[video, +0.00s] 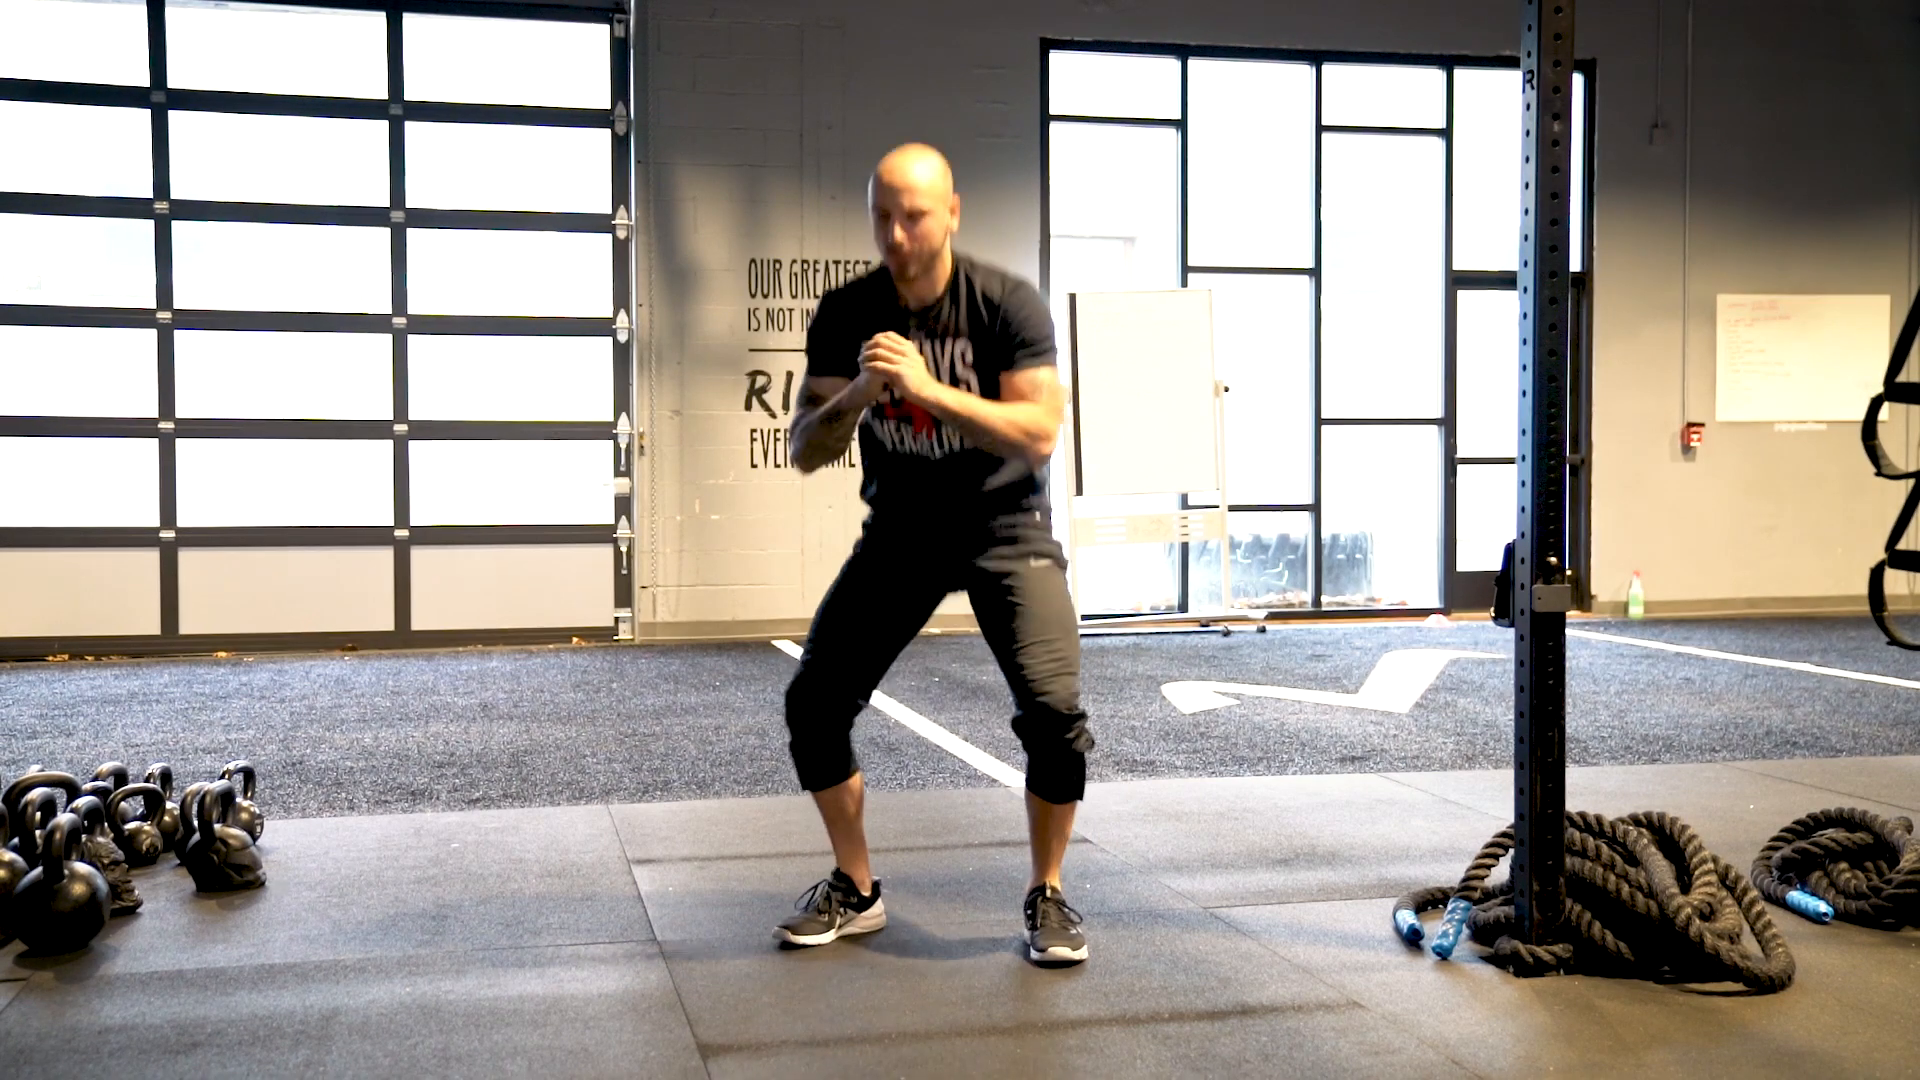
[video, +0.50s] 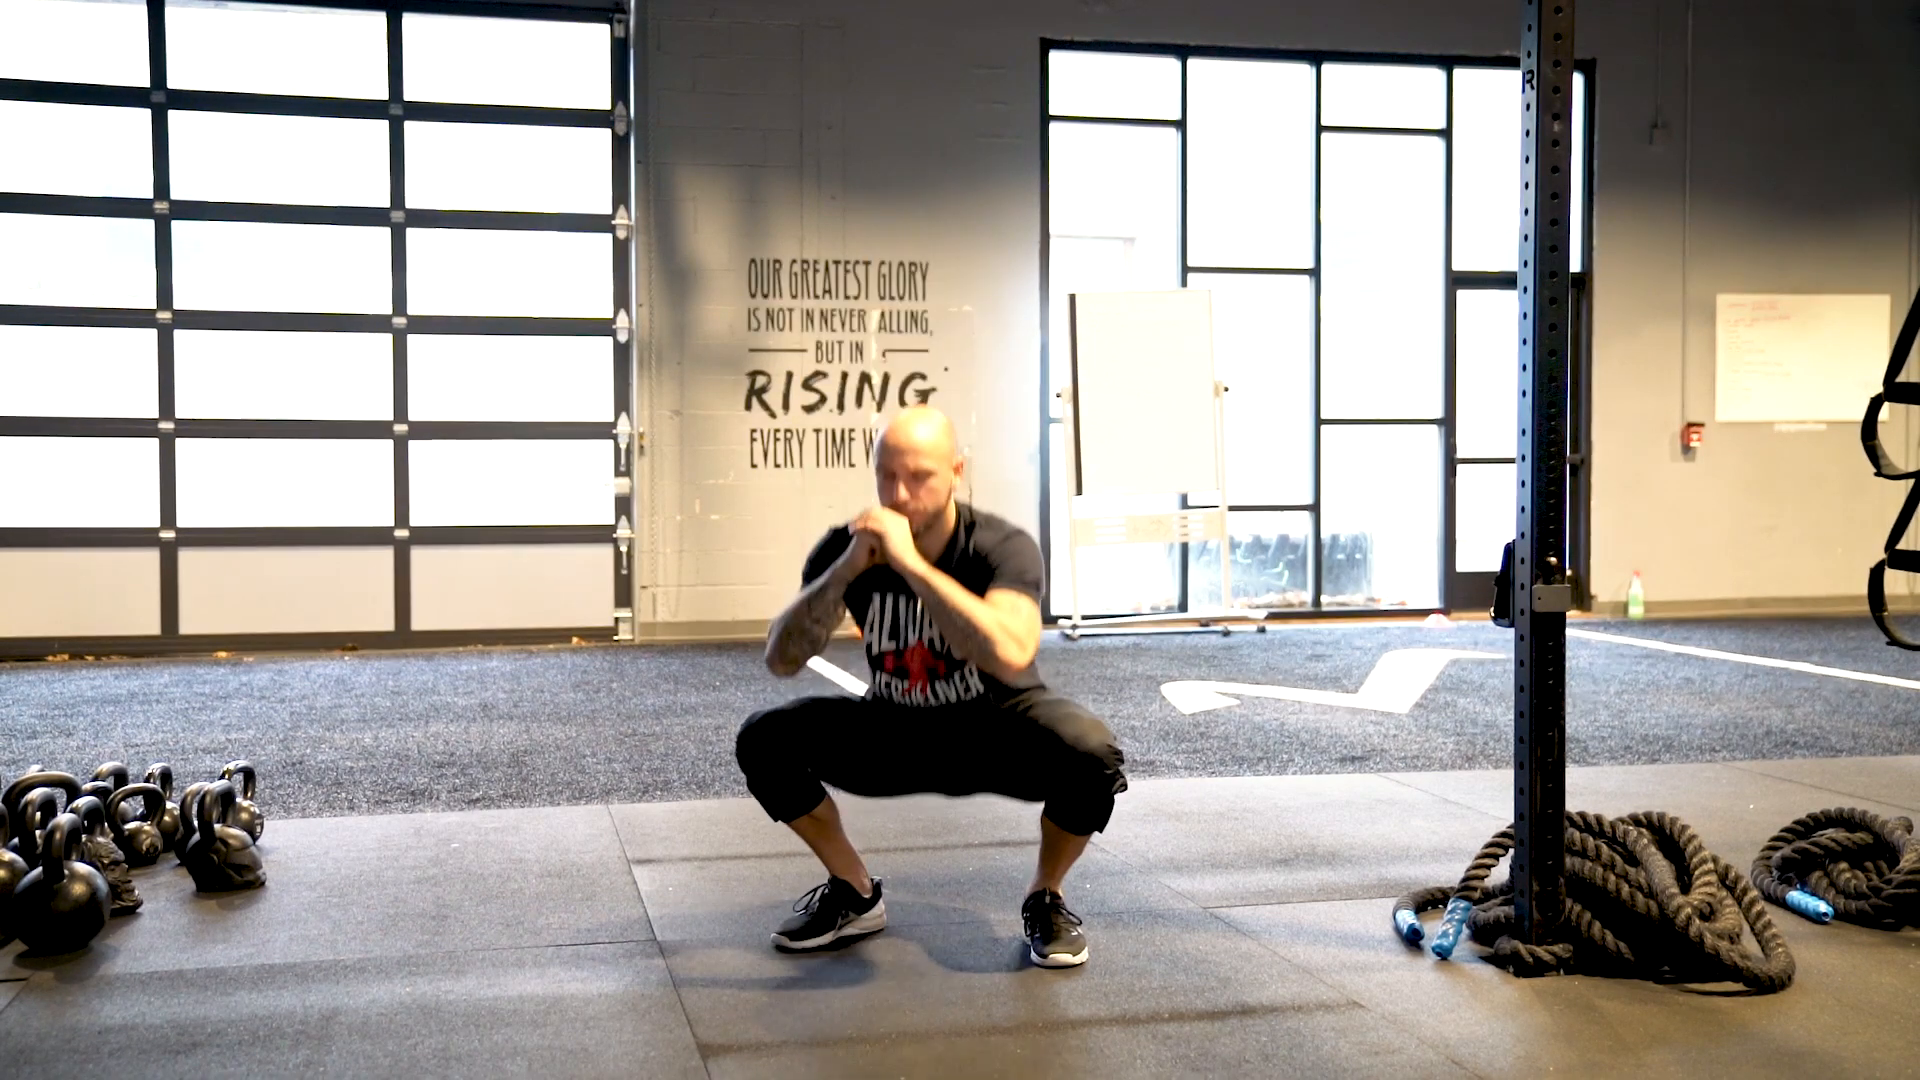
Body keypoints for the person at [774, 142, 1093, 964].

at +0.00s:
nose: (898, 238)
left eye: (915, 219)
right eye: (885, 220)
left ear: (953, 216)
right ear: (871, 221)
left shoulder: (1011, 306)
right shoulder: (843, 313)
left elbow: (1038, 437)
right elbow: (808, 453)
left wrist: (926, 389)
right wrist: (856, 396)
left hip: (1008, 532)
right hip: (902, 534)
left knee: (1056, 713)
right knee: (813, 708)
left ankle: (1048, 894)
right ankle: (855, 888)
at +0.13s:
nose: (897, 333)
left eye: (915, 313)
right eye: (885, 313)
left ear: (952, 311)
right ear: (871, 312)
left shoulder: (1003, 394)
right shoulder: (846, 397)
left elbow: (1018, 502)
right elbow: (782, 513)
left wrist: (913, 423)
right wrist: (843, 431)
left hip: (1010, 601)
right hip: (905, 604)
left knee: (1073, 736)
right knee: (781, 723)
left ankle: (1047, 899)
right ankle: (853, 889)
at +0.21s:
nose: (897, 404)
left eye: (915, 387)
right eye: (886, 386)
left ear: (953, 385)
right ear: (872, 383)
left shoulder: (1001, 460)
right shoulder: (851, 460)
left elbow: (1007, 557)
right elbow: (777, 563)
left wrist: (911, 468)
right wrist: (846, 472)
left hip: (1004, 656)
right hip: (902, 660)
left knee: (1085, 758)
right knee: (771, 738)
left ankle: (1046, 900)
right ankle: (854, 890)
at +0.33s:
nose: (900, 490)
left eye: (918, 473)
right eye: (888, 473)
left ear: (955, 466)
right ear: (873, 468)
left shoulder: (1004, 538)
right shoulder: (849, 540)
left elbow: (1004, 642)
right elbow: (778, 648)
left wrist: (907, 545)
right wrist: (845, 554)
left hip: (994, 726)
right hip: (892, 728)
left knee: (1086, 753)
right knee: (766, 743)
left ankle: (1047, 898)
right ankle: (854, 888)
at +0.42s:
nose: (901, 512)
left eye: (920, 495)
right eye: (889, 493)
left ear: (958, 488)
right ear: (875, 489)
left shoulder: (1005, 561)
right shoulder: (846, 565)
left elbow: (1005, 670)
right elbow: (782, 675)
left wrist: (909, 576)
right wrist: (850, 579)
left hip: (990, 745)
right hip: (891, 747)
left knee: (1087, 750)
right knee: (764, 743)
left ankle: (1046, 899)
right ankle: (854, 887)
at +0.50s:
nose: (900, 495)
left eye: (918, 479)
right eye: (888, 478)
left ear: (956, 473)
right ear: (873, 474)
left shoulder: (1005, 547)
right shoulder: (845, 550)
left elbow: (1013, 653)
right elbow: (780, 659)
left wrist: (911, 562)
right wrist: (848, 568)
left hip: (994, 728)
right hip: (893, 730)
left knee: (1090, 752)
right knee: (766, 742)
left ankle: (1047, 898)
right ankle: (853, 888)